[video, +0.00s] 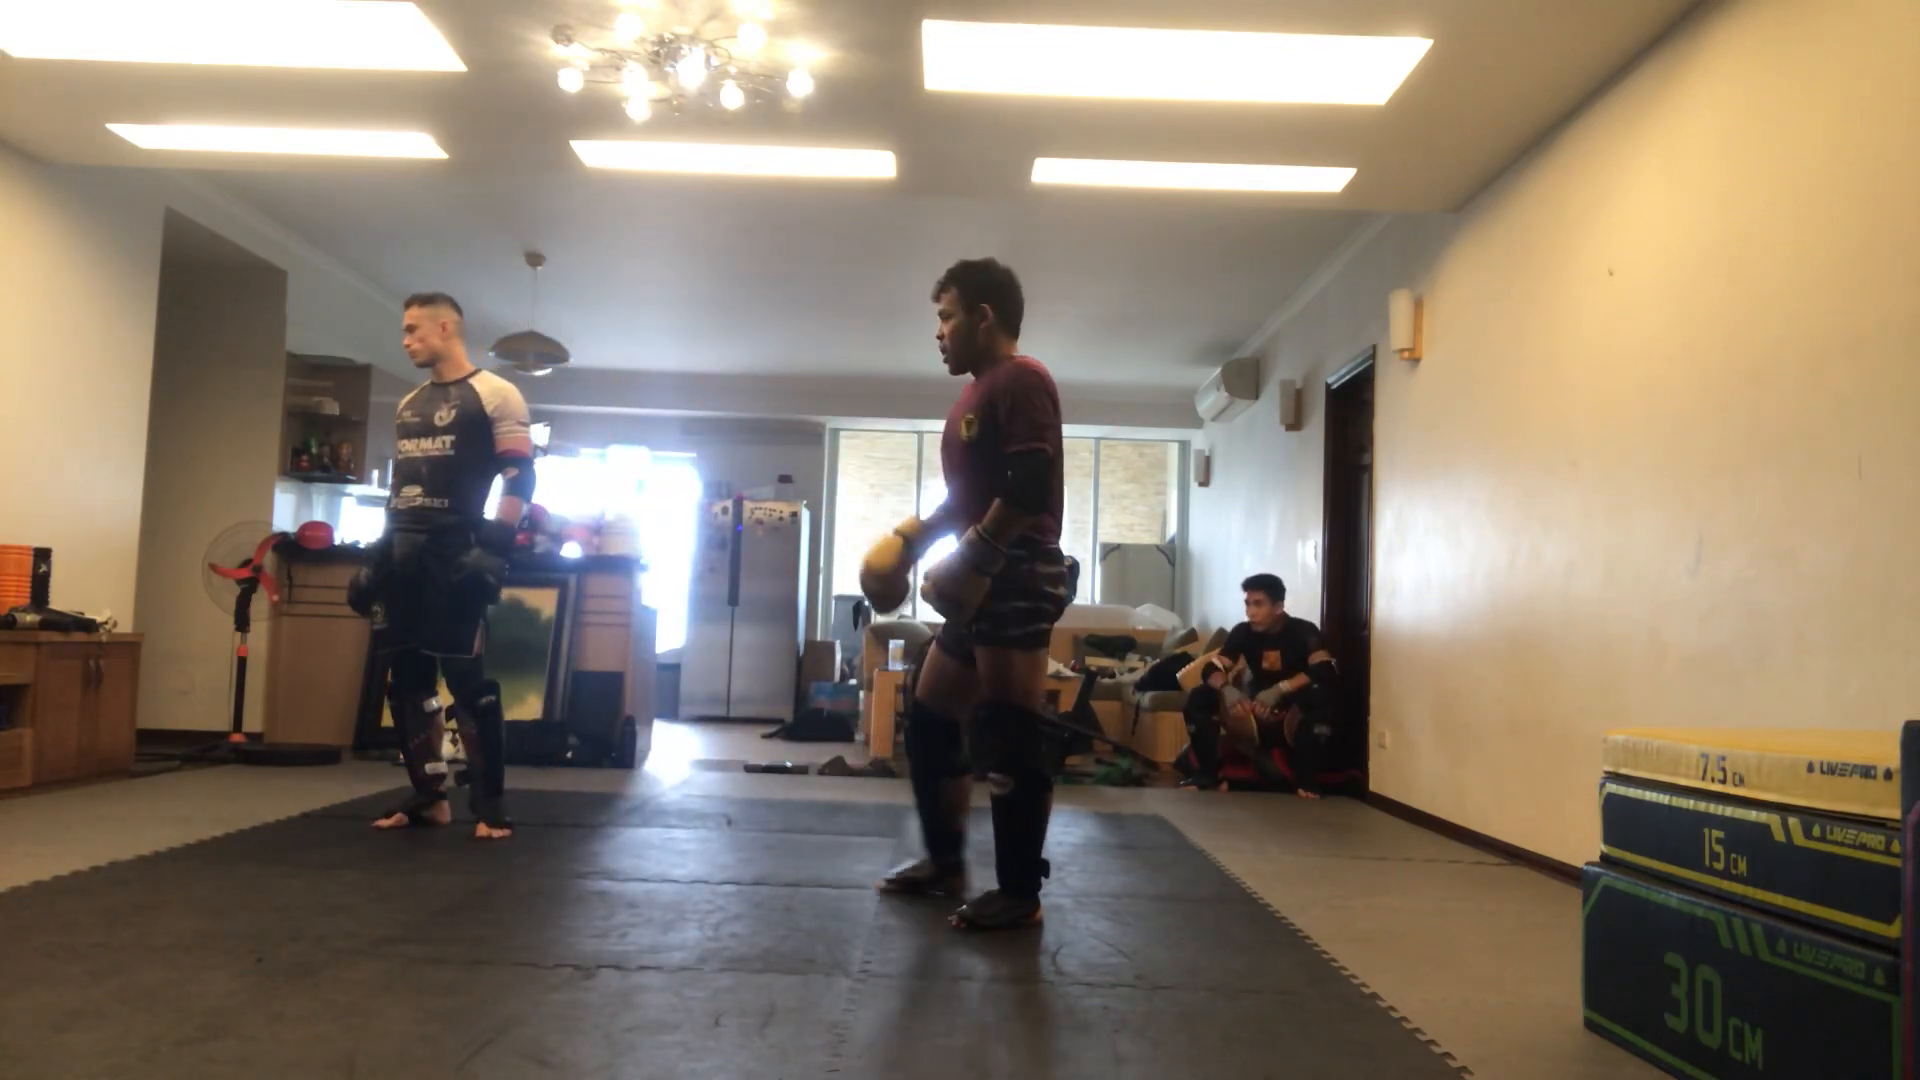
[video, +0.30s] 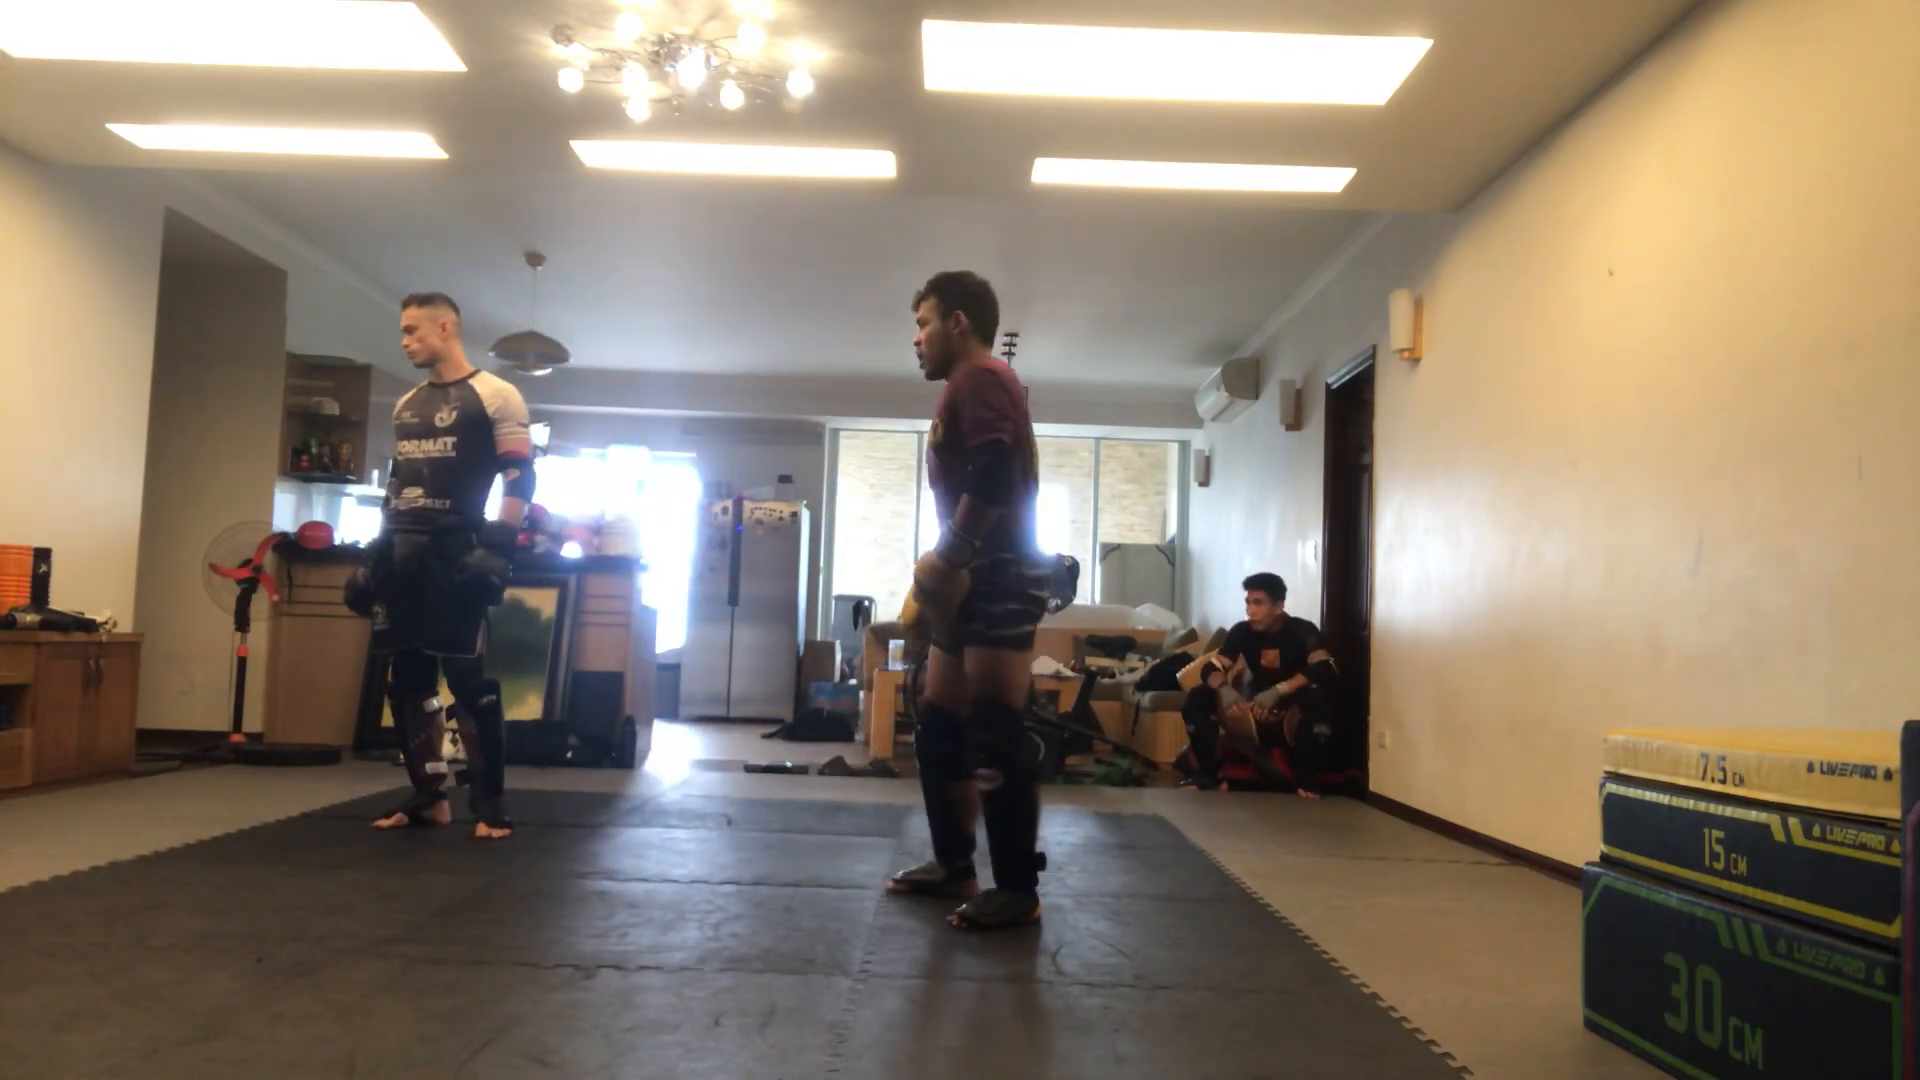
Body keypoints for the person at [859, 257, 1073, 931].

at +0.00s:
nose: (937, 332)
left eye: (946, 318)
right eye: (937, 319)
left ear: (984, 317)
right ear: (978, 319)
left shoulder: (1020, 380)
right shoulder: (975, 393)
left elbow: (1028, 483)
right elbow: (965, 497)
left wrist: (974, 561)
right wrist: (910, 539)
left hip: (1021, 574)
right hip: (981, 572)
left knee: (1012, 730)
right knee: (930, 715)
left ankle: (1019, 893)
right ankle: (945, 864)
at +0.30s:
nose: (915, 337)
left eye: (922, 323)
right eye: (915, 325)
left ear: (959, 324)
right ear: (964, 326)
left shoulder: (980, 379)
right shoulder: (977, 382)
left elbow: (994, 479)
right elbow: (992, 489)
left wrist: (944, 560)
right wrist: (944, 573)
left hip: (1003, 572)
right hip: (975, 573)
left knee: (997, 722)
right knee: (939, 718)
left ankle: (1016, 893)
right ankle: (953, 865)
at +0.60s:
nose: (905, 345)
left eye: (912, 331)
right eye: (906, 333)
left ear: (946, 331)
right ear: (955, 333)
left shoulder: (966, 382)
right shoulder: (976, 387)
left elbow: (978, 482)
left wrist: (919, 564)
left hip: (979, 572)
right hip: (980, 572)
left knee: (937, 714)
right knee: (946, 716)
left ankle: (961, 873)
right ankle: (955, 860)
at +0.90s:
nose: (898, 345)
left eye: (905, 332)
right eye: (900, 333)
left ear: (937, 333)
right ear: (946, 337)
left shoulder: (953, 387)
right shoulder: (973, 392)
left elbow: (958, 481)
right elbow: (967, 497)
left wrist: (913, 566)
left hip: (961, 580)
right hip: (980, 580)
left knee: (908, 723)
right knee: (955, 734)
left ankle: (883, 859)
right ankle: (958, 868)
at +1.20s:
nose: (887, 337)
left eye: (895, 324)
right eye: (891, 324)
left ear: (926, 329)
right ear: (934, 333)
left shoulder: (939, 393)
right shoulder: (959, 393)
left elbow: (950, 497)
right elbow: (962, 504)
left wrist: (922, 592)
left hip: (936, 584)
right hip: (963, 585)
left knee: (896, 726)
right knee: (950, 733)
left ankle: (878, 866)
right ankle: (957, 867)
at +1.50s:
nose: (866, 337)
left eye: (873, 325)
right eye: (868, 325)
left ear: (902, 330)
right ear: (913, 332)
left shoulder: (921, 401)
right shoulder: (933, 397)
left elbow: (910, 517)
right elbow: (917, 516)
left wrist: (869, 600)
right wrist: (884, 595)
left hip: (910, 591)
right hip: (924, 590)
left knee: (881, 733)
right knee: (918, 736)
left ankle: (875, 867)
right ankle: (951, 862)